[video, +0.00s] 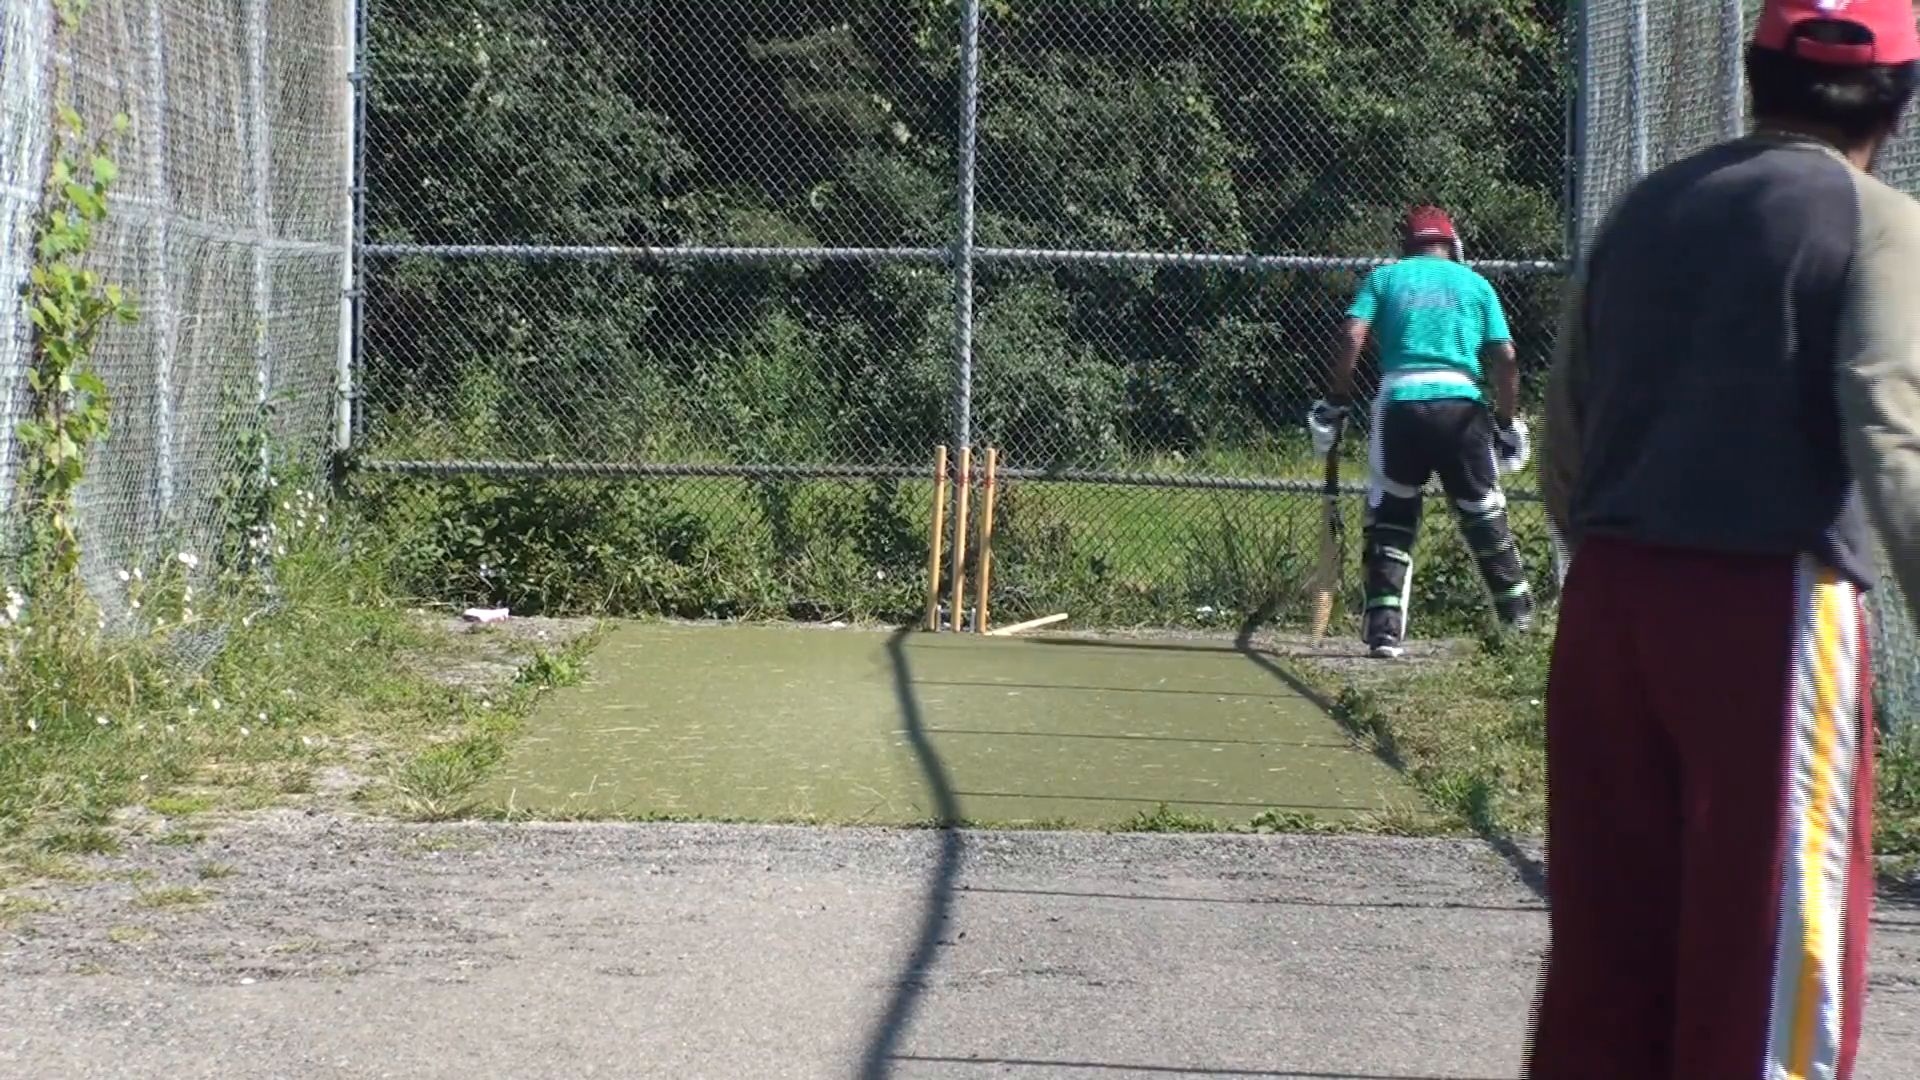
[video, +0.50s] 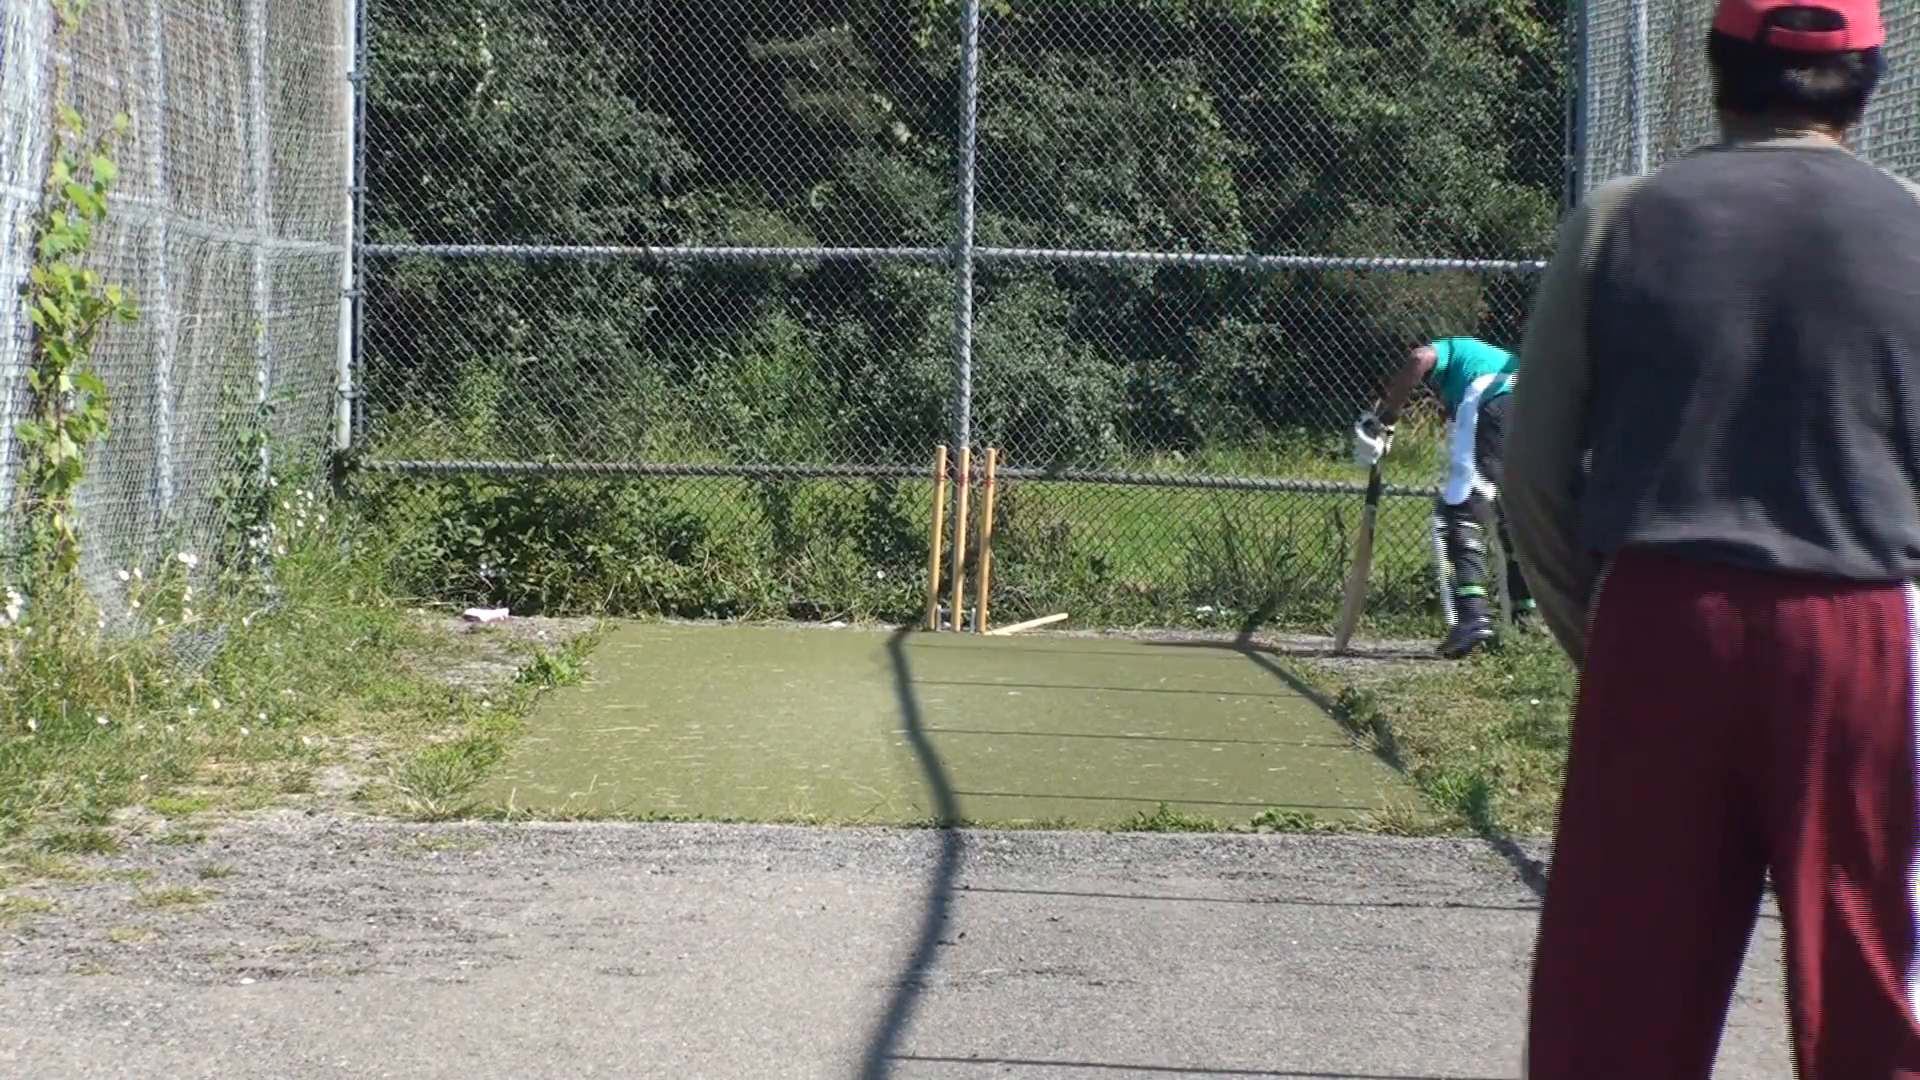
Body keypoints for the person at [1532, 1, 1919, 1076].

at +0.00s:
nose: (1900, 114)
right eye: (1899, 98)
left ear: (1758, 88)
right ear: (1887, 109)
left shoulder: (1643, 204)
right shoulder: (1873, 217)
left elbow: (1565, 415)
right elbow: (1889, 441)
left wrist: (1604, 561)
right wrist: (1911, 597)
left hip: (1609, 601)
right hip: (1778, 609)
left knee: (1604, 939)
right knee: (1778, 945)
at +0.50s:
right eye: (1856, 73)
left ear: (1722, 84)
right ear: (1863, 95)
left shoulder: (1620, 215)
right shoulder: (1906, 223)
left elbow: (1529, 472)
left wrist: (1612, 636)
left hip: (1661, 627)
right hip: (1865, 640)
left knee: (1621, 985)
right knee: (1872, 985)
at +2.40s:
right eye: (1887, 29)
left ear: (1749, 52)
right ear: (1898, 55)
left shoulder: (1676, 192)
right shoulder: (1918, 183)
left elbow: (1524, 420)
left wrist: (1599, 517)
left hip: (1741, 636)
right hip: (1912, 638)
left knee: (1710, 992)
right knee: (1902, 996)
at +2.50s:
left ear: (1742, 52)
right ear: (1893, 51)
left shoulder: (1680, 196)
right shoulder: (1919, 183)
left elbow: (1495, 330)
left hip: (1736, 647)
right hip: (1913, 651)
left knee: (1706, 992)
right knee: (1902, 996)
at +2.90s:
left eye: (1710, 55)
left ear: (1708, 81)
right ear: (1852, 68)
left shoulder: (1666, 212)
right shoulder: (1908, 193)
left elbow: (1495, 137)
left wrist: (1501, 3)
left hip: (1732, 663)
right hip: (1906, 665)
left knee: (1702, 1005)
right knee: (1896, 1004)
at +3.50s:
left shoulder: (1899, 184)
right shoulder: (1894, 185)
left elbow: (1739, 114)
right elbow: (1740, 116)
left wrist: (1731, 14)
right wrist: (1733, 22)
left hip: (1917, 598)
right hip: (1911, 593)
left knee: (1881, 932)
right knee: (1881, 925)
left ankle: (1835, 1061)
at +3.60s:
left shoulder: (1910, 175)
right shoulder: (1905, 176)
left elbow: (1770, 120)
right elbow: (1774, 121)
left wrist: (1780, 19)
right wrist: (1782, 26)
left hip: (1919, 622)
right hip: (1912, 620)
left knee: (1908, 908)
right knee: (1904, 908)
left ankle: (1867, 1056)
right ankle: (1865, 1053)